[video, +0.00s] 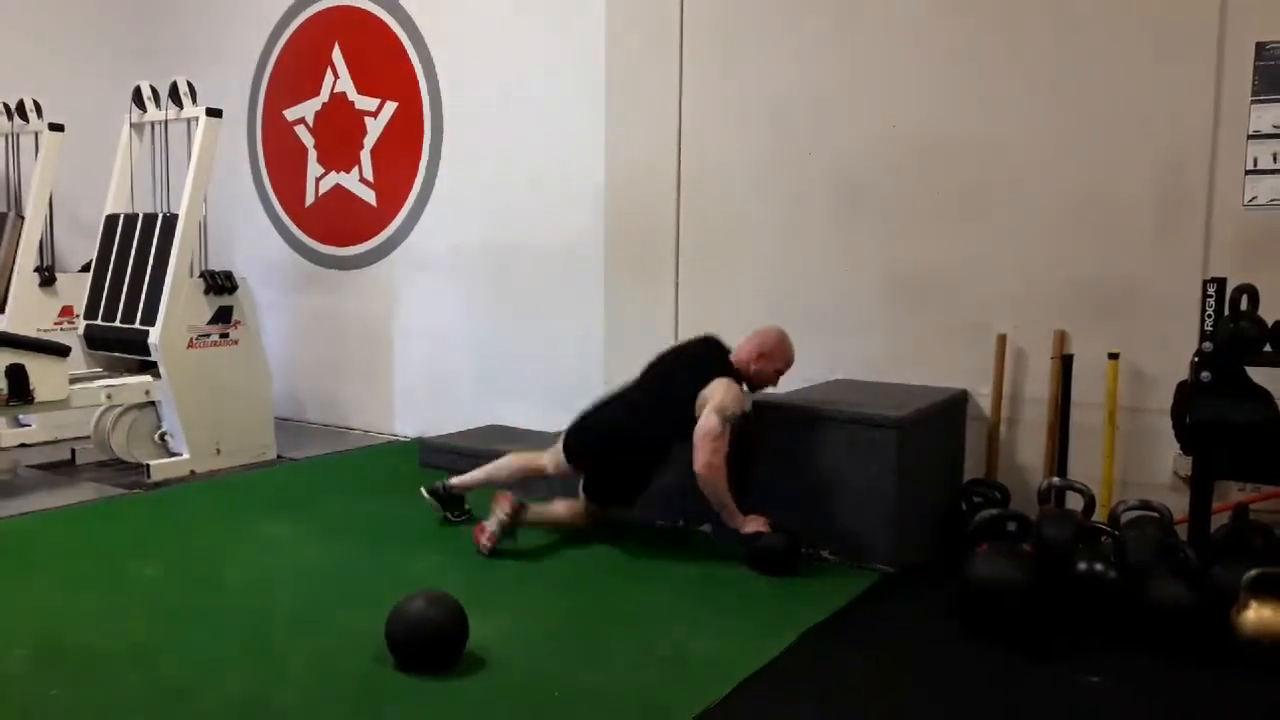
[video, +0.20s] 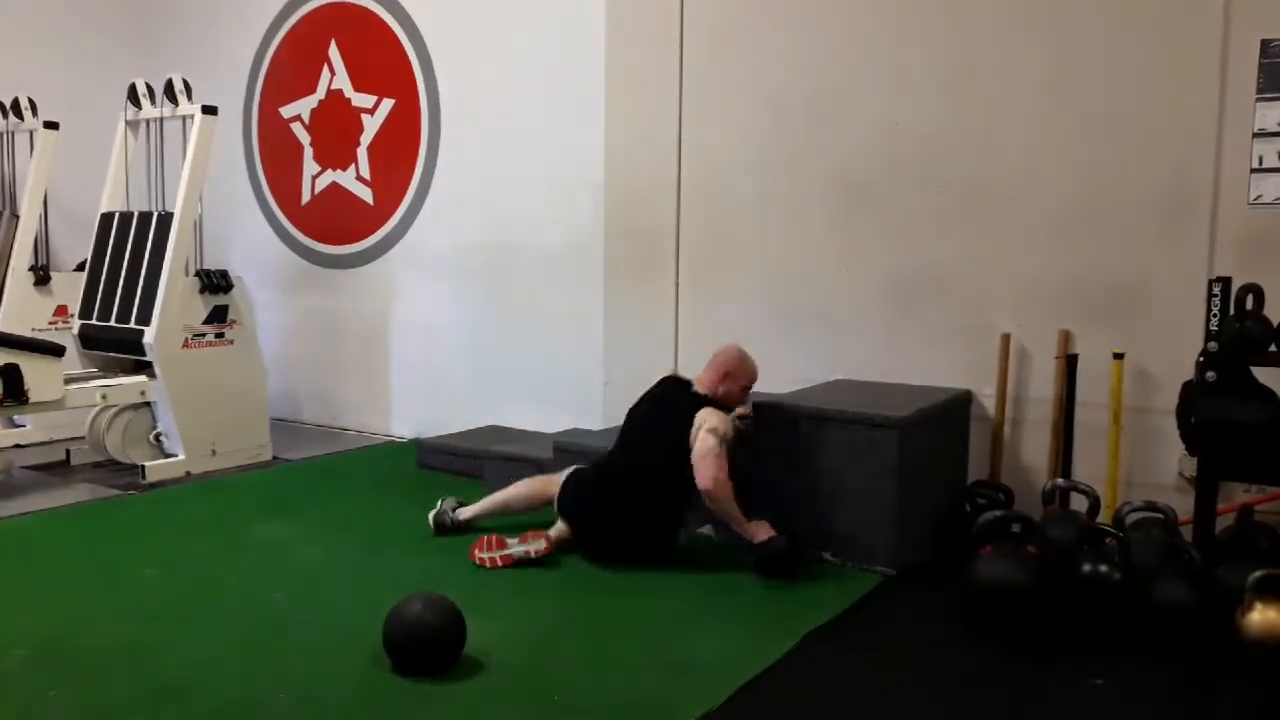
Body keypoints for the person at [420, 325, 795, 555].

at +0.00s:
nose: (777, 381)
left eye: (781, 373)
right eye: (778, 373)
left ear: (747, 346)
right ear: (757, 360)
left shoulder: (702, 347)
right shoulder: (724, 394)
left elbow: (654, 383)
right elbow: (707, 465)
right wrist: (736, 520)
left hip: (597, 422)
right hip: (625, 457)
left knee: (545, 463)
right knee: (589, 514)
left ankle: (454, 486)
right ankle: (518, 512)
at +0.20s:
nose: (745, 399)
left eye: (749, 391)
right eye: (746, 390)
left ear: (708, 369)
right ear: (727, 381)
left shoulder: (665, 387)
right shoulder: (711, 418)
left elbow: (642, 432)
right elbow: (711, 483)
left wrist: (724, 420)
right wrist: (747, 527)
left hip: (590, 497)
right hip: (638, 528)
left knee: (552, 484)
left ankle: (460, 515)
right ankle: (546, 539)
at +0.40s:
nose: (697, 378)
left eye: (697, 374)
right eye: (697, 374)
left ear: (652, 370)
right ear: (690, 375)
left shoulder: (619, 391)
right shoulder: (695, 412)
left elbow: (655, 413)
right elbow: (728, 474)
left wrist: (709, 413)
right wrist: (769, 519)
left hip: (577, 523)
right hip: (626, 548)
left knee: (547, 456)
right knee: (615, 487)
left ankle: (454, 510)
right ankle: (539, 539)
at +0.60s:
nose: (700, 381)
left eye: (699, 374)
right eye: (701, 375)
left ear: (657, 365)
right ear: (691, 373)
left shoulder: (621, 389)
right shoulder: (694, 413)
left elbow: (653, 415)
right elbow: (714, 480)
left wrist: (709, 414)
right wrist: (754, 525)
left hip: (585, 533)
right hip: (637, 550)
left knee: (536, 455)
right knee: (613, 484)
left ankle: (444, 507)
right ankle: (539, 538)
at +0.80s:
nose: (727, 399)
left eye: (726, 396)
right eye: (728, 394)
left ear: (688, 381)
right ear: (720, 397)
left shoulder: (647, 396)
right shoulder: (697, 445)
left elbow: (674, 414)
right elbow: (682, 526)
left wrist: (716, 416)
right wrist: (740, 551)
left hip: (579, 524)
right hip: (622, 553)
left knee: (542, 458)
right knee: (616, 493)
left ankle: (449, 509)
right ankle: (540, 538)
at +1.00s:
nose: (761, 446)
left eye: (757, 431)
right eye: (772, 449)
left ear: (743, 429)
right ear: (769, 463)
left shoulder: (695, 421)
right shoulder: (739, 514)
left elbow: (678, 393)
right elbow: (702, 557)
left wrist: (723, 410)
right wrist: (732, 544)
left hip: (590, 518)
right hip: (629, 563)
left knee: (535, 448)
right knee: (618, 493)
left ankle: (440, 500)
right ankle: (537, 537)